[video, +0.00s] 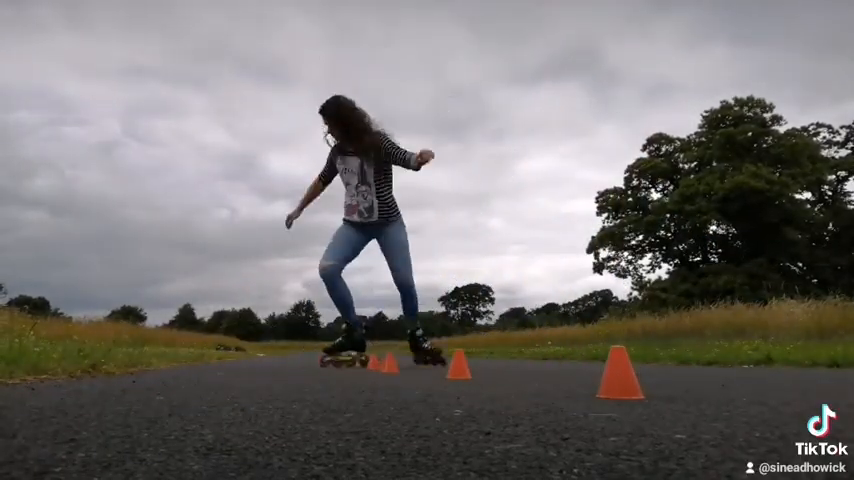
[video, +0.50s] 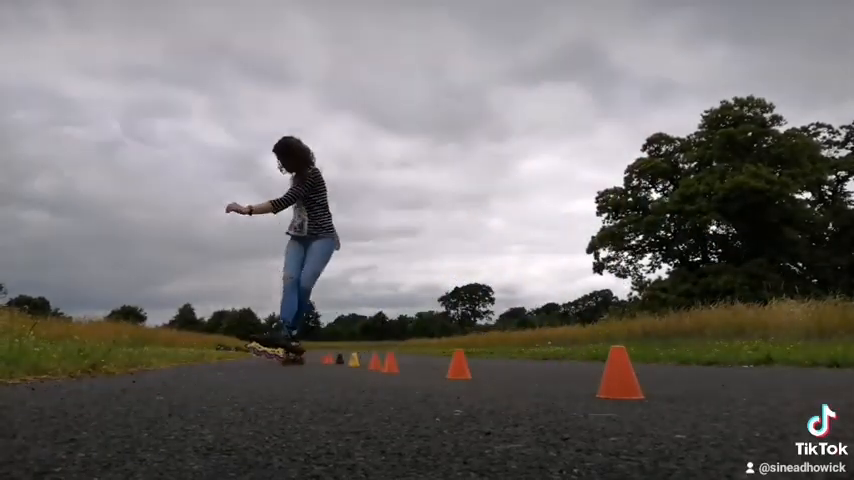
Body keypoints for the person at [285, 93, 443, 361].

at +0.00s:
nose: (328, 130)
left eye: (330, 124)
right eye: (327, 125)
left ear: (344, 122)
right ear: (339, 124)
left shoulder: (377, 142)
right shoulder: (338, 151)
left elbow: (402, 157)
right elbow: (322, 180)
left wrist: (418, 159)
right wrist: (299, 209)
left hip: (389, 223)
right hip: (355, 225)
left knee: (405, 282)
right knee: (328, 269)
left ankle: (416, 340)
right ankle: (355, 333)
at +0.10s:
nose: (321, 137)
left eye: (323, 132)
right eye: (318, 133)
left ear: (335, 127)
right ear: (319, 132)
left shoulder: (362, 146)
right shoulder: (329, 153)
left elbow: (379, 163)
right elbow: (330, 184)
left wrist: (383, 170)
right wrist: (327, 213)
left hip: (373, 221)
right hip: (341, 222)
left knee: (381, 279)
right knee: (329, 268)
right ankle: (338, 331)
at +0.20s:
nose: (312, 144)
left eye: (314, 139)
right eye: (310, 140)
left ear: (325, 134)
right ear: (315, 137)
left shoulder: (353, 152)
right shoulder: (322, 156)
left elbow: (358, 178)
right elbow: (324, 180)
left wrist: (352, 185)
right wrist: (332, 186)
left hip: (359, 225)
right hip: (330, 224)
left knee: (359, 281)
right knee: (322, 273)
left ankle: (346, 334)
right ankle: (315, 329)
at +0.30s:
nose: (302, 152)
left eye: (304, 147)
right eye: (300, 148)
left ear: (316, 143)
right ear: (309, 145)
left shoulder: (341, 162)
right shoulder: (315, 164)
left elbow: (331, 191)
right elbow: (322, 193)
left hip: (346, 231)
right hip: (319, 229)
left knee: (339, 283)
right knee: (311, 273)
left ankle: (322, 331)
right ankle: (308, 326)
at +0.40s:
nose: (292, 158)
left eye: (294, 153)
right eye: (290, 154)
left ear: (304, 149)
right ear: (298, 152)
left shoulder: (327, 170)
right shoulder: (305, 171)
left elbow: (303, 197)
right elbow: (311, 200)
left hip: (334, 232)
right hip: (308, 231)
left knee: (320, 282)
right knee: (300, 277)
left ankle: (307, 330)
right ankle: (296, 328)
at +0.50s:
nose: (280, 165)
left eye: (281, 160)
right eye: (278, 161)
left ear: (292, 158)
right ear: (295, 157)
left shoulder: (311, 176)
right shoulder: (298, 177)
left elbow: (284, 202)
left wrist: (247, 210)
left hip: (322, 237)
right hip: (298, 236)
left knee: (305, 282)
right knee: (290, 278)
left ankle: (294, 329)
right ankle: (285, 328)